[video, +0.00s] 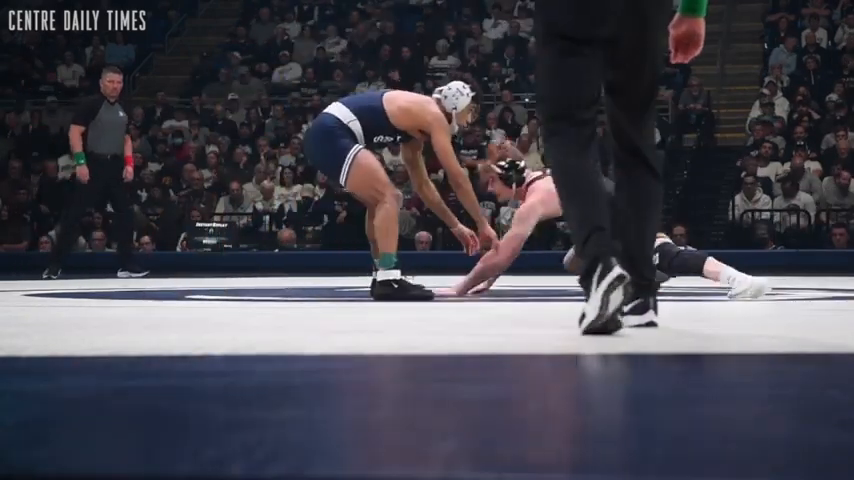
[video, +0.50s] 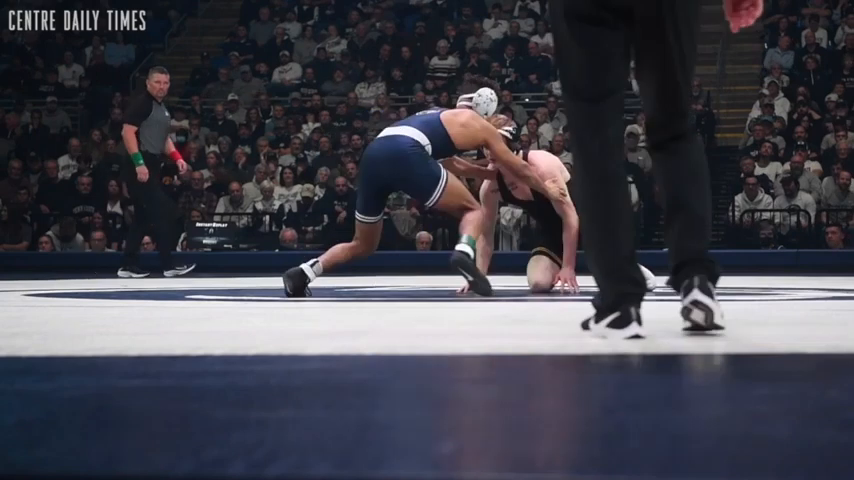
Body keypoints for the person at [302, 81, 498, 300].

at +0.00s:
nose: (470, 119)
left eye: (472, 113)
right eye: (469, 111)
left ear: (445, 104)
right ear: (455, 108)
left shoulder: (410, 136)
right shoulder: (434, 116)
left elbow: (423, 186)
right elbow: (457, 176)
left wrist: (456, 227)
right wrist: (482, 223)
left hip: (324, 138)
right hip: (331, 136)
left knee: (377, 203)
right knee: (389, 197)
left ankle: (382, 276)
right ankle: (388, 277)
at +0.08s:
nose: (471, 125)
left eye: (474, 120)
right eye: (472, 119)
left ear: (449, 106)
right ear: (462, 113)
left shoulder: (412, 136)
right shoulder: (437, 118)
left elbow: (423, 185)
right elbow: (460, 177)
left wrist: (445, 232)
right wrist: (483, 219)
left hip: (324, 137)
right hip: (335, 138)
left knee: (376, 201)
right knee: (398, 199)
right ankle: (389, 278)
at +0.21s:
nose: (468, 119)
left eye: (470, 115)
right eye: (470, 114)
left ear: (446, 97)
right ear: (466, 108)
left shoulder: (418, 113)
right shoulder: (444, 118)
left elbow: (399, 172)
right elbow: (468, 170)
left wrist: (410, 227)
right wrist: (496, 204)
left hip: (330, 150)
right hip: (343, 150)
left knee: (372, 216)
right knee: (414, 204)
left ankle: (305, 237)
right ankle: (391, 278)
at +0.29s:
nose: (466, 126)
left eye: (465, 119)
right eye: (467, 120)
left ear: (440, 105)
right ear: (462, 116)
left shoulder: (419, 115)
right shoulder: (447, 129)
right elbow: (486, 183)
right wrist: (521, 207)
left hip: (326, 155)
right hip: (347, 155)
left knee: (363, 224)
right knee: (418, 205)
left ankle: (313, 268)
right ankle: (392, 278)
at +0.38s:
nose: (470, 136)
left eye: (471, 133)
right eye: (470, 132)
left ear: (445, 112)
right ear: (464, 124)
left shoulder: (415, 117)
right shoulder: (456, 135)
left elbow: (377, 152)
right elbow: (491, 181)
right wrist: (526, 189)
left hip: (337, 154)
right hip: (368, 156)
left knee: (351, 234)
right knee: (433, 217)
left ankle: (302, 275)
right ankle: (397, 274)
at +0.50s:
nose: (495, 121)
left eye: (493, 116)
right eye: (495, 115)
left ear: (466, 105)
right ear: (488, 112)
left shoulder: (442, 120)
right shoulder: (484, 126)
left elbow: (458, 165)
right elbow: (518, 169)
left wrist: (495, 170)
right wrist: (538, 185)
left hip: (373, 154)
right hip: (409, 155)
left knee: (363, 245)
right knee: (473, 210)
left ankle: (308, 271)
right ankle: (465, 251)